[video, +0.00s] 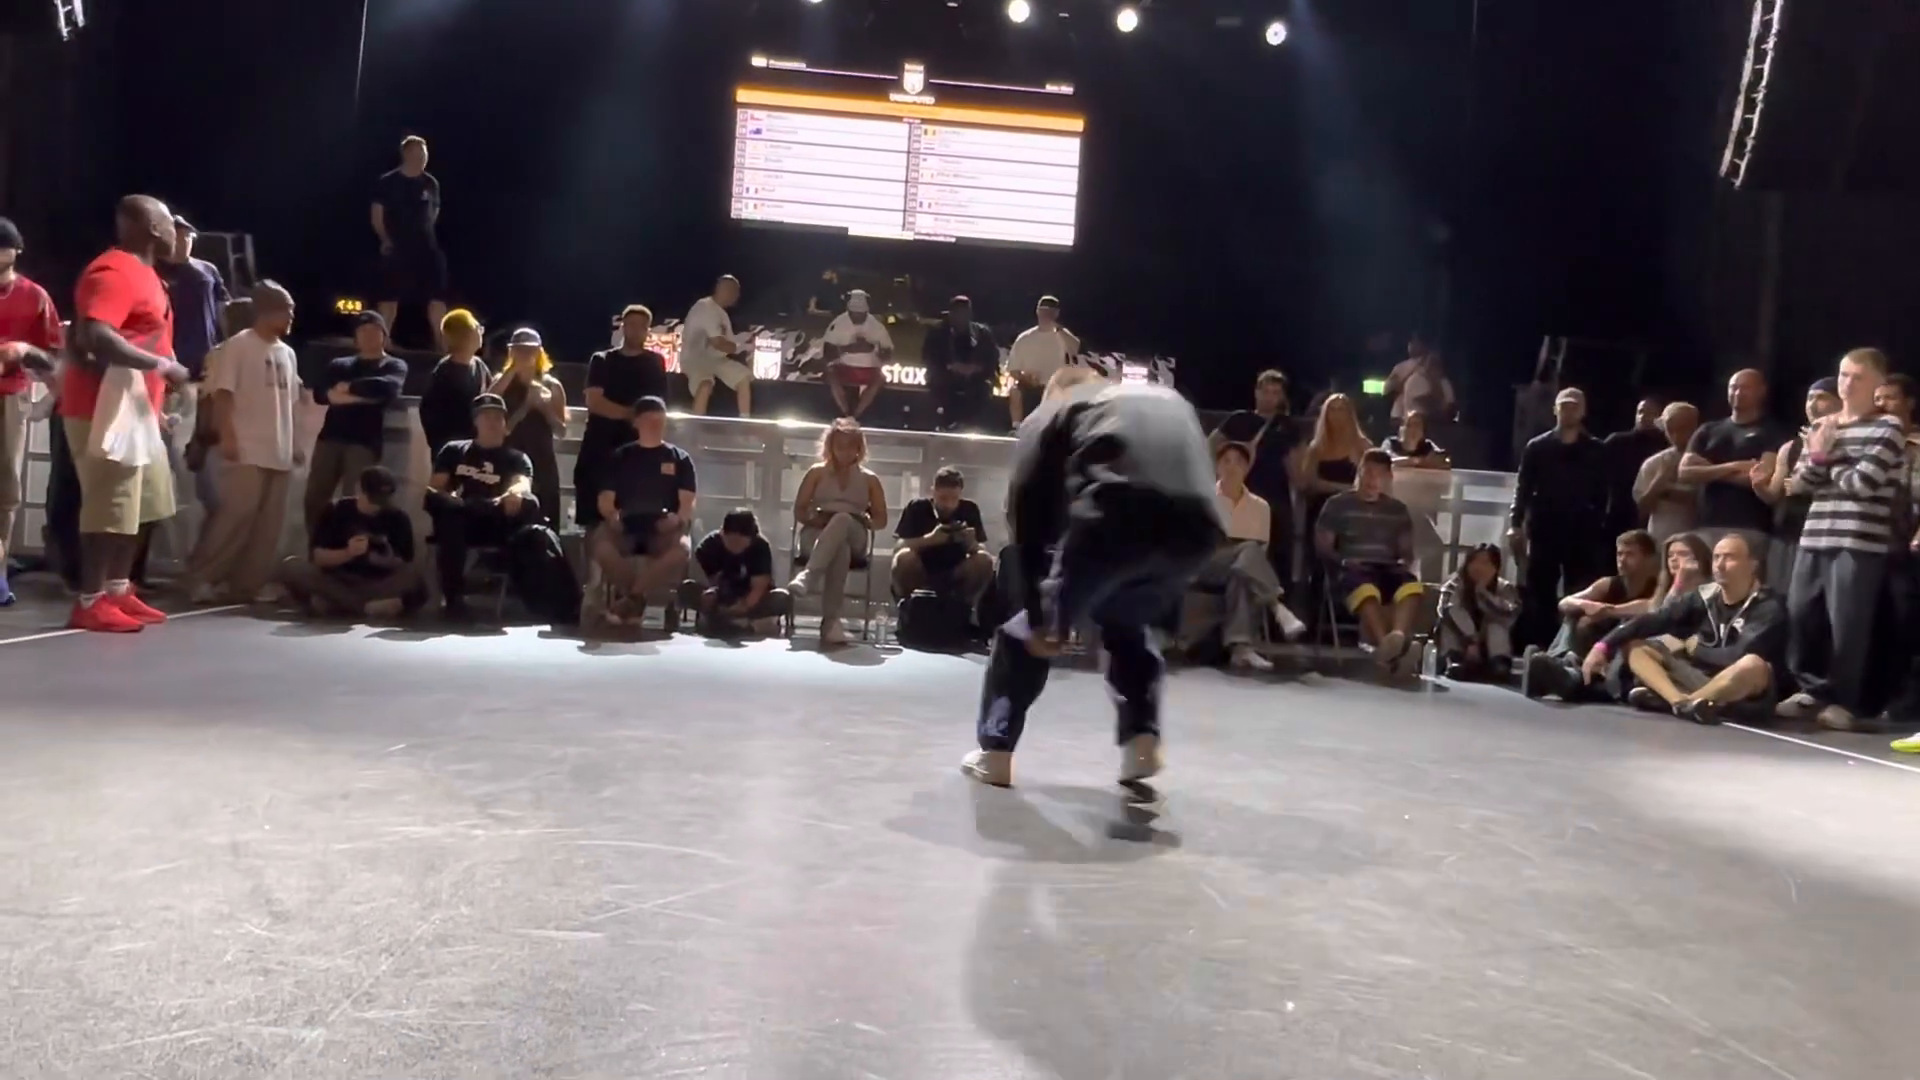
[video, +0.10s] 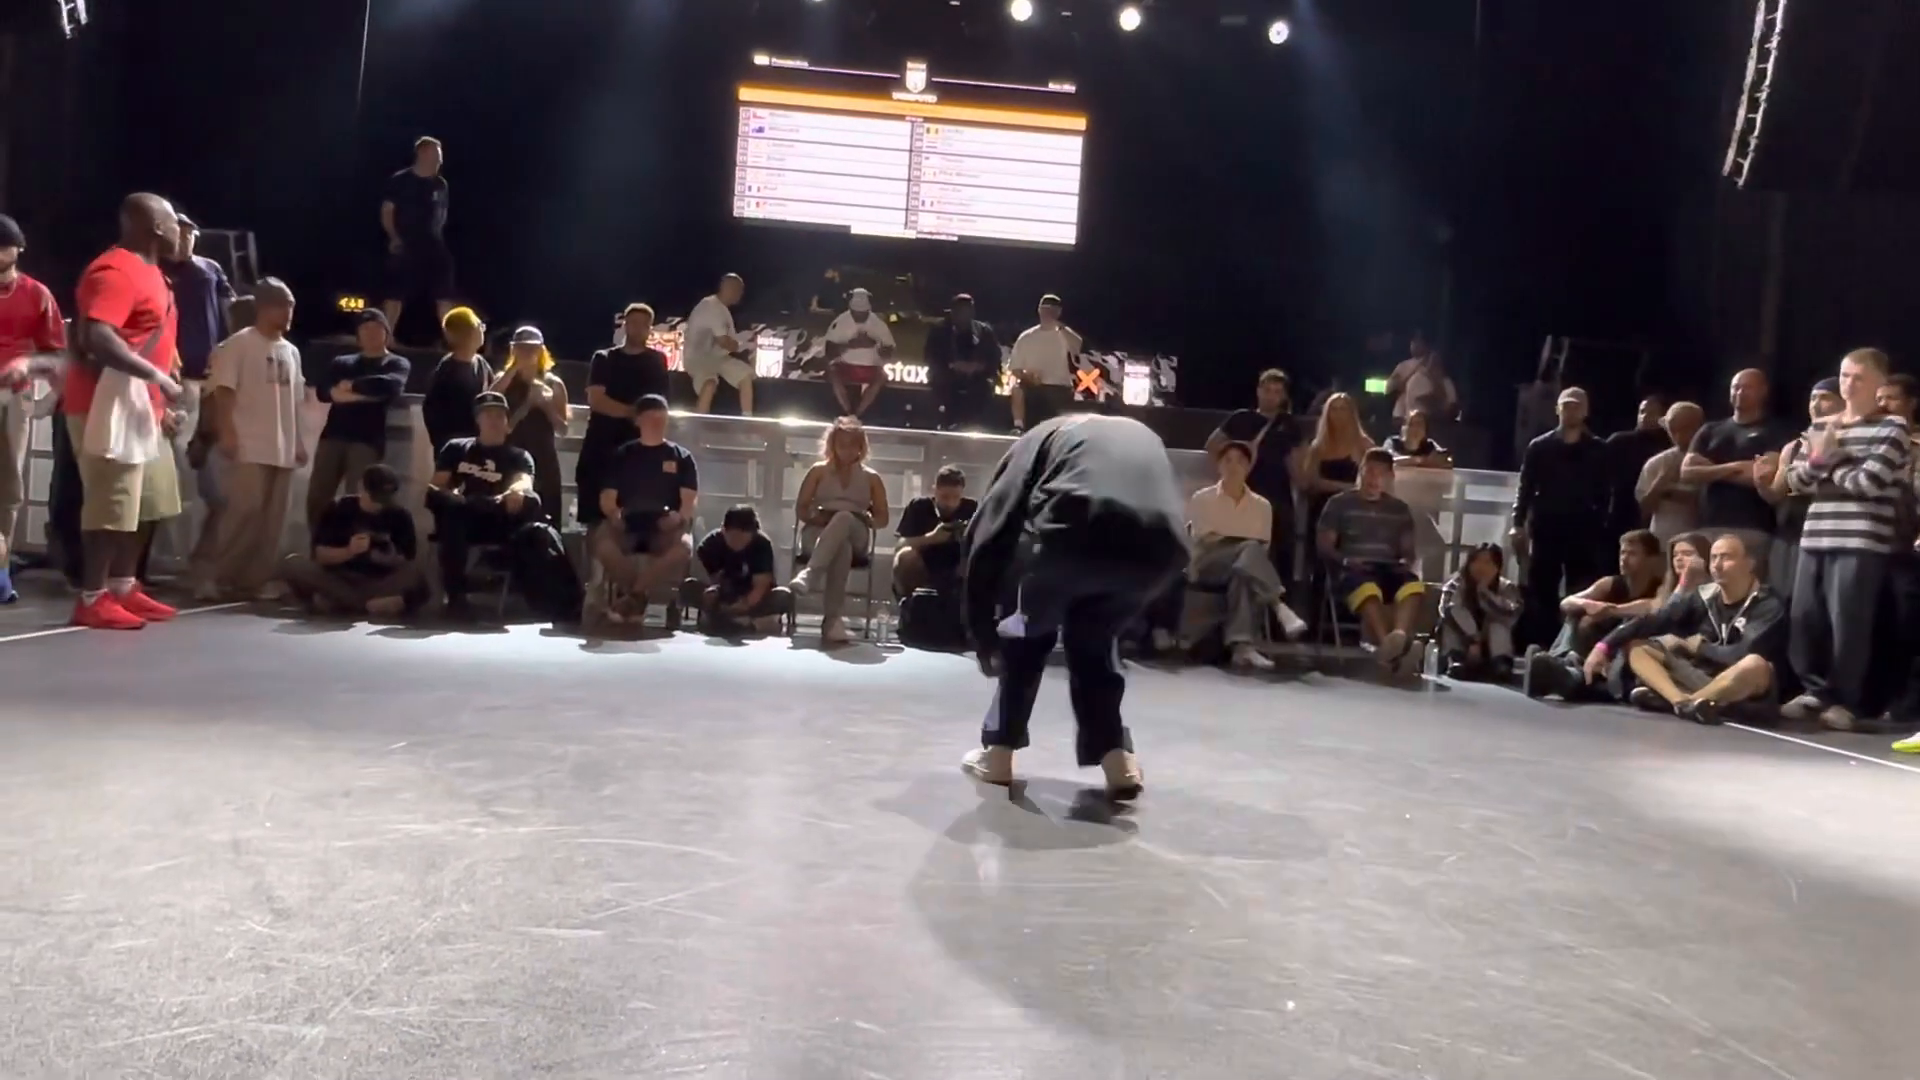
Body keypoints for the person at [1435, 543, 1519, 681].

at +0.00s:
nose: (1478, 568)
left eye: (1485, 563)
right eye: (1474, 562)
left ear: (1495, 569)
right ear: (1467, 565)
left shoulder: (1505, 588)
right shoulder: (1454, 585)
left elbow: (1510, 613)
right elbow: (1448, 610)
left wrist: (1482, 592)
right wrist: (1471, 639)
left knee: (1495, 624)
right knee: (1449, 621)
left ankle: (1500, 662)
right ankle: (1453, 661)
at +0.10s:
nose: (1480, 568)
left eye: (1487, 563)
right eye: (1476, 561)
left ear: (1497, 569)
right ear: (1469, 564)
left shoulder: (1506, 587)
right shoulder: (1456, 584)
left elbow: (1512, 613)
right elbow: (1450, 610)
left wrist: (1484, 592)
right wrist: (1472, 639)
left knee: (1497, 623)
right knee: (1452, 620)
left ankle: (1501, 660)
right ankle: (1454, 660)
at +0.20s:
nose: (1482, 568)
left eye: (1489, 563)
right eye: (1478, 561)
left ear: (1499, 569)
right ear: (1471, 564)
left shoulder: (1508, 588)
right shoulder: (1457, 585)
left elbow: (1513, 613)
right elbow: (1452, 610)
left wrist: (1486, 593)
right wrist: (1474, 638)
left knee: (1499, 623)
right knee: (1454, 620)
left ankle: (1503, 660)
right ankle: (1456, 660)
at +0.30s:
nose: (1484, 568)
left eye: (1491, 564)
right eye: (1479, 561)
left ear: (1501, 569)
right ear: (1472, 564)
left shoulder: (1510, 587)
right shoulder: (1459, 584)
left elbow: (1515, 613)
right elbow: (1453, 609)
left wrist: (1487, 592)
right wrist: (1475, 638)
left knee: (1500, 623)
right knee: (1455, 620)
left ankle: (1504, 660)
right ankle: (1457, 659)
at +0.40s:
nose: (1485, 568)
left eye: (1492, 563)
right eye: (1481, 561)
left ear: (1503, 569)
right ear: (1474, 564)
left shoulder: (1512, 587)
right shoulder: (1461, 584)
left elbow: (1517, 613)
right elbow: (1454, 609)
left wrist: (1490, 593)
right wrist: (1477, 638)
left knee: (1502, 623)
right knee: (1457, 619)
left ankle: (1506, 660)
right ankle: (1459, 659)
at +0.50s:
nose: (1488, 567)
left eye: (1495, 563)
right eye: (1483, 561)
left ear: (1505, 569)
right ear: (1476, 564)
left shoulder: (1514, 587)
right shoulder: (1463, 584)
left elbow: (1519, 613)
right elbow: (1457, 609)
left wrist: (1492, 593)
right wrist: (1479, 638)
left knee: (1504, 624)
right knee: (1459, 620)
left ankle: (1509, 660)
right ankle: (1461, 659)